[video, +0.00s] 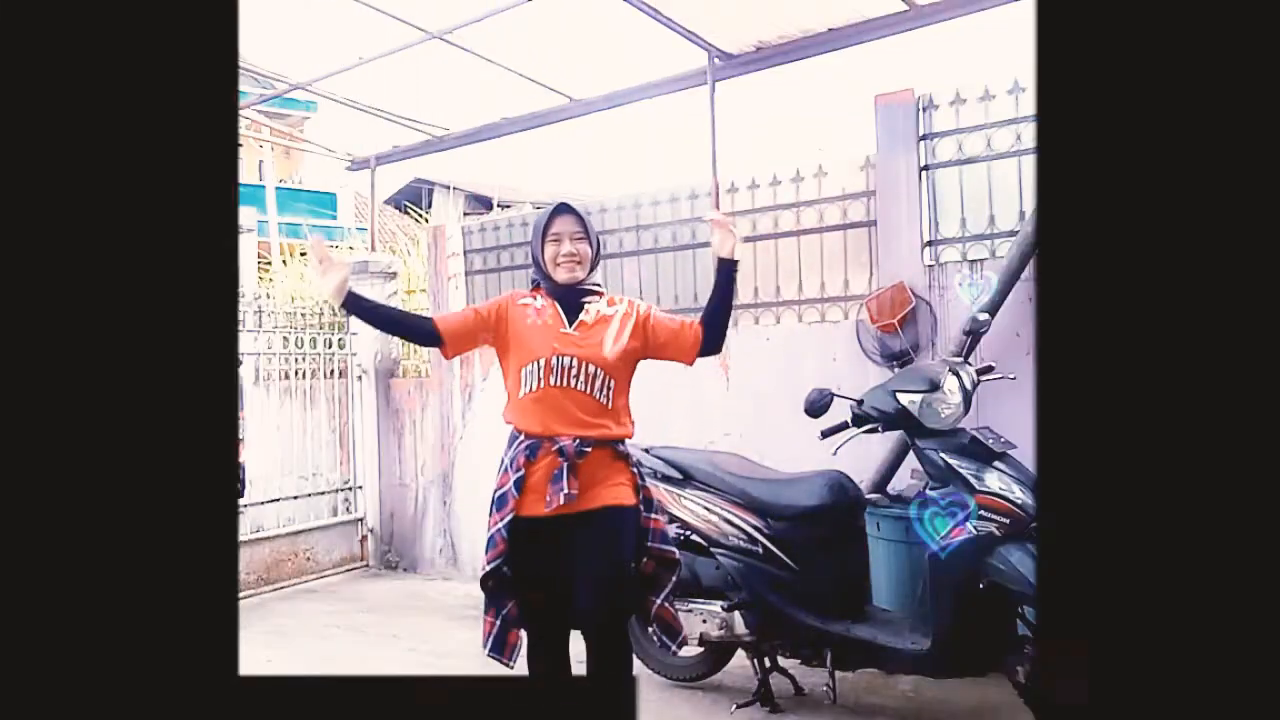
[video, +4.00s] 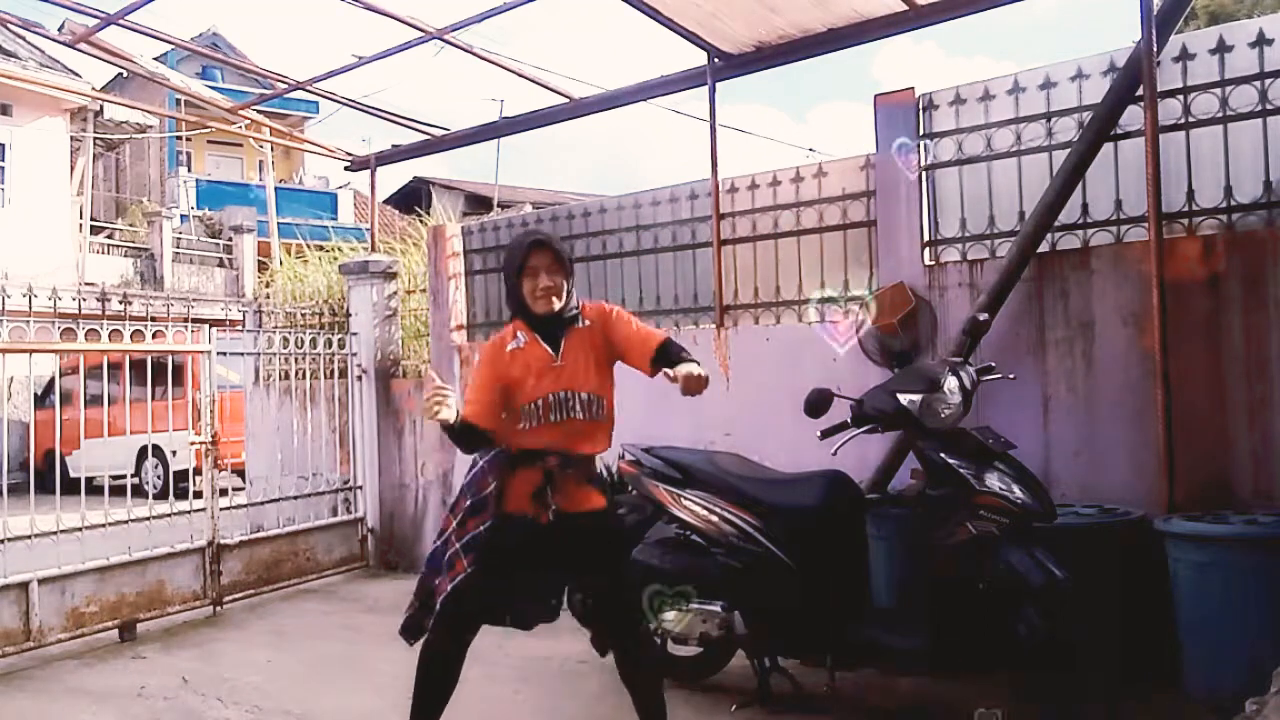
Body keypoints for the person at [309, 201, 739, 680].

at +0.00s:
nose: (569, 249)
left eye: (579, 239)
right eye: (556, 240)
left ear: (593, 250)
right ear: (539, 252)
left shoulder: (629, 315)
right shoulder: (509, 310)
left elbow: (706, 338)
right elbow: (428, 330)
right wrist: (347, 297)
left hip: (606, 494)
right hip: (531, 497)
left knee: (606, 637)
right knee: (545, 641)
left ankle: (614, 718)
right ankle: (553, 718)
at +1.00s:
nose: (560, 244)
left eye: (570, 234)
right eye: (548, 235)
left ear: (587, 245)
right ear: (532, 249)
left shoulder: (621, 313)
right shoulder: (509, 313)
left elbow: (698, 346)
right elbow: (436, 357)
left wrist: (717, 276)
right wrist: (387, 298)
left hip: (606, 498)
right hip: (523, 496)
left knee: (609, 636)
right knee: (487, 629)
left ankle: (609, 716)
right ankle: (490, 717)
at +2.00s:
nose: (583, 291)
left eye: (592, 281)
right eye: (571, 283)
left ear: (606, 289)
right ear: (554, 295)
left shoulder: (638, 334)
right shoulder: (540, 362)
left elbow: (712, 312)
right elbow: (509, 456)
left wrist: (677, 283)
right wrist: (469, 529)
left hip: (596, 520)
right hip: (522, 518)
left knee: (647, 639)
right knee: (460, 638)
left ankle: (662, 718)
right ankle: (424, 717)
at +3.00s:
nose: (574, 267)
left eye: (582, 256)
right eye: (561, 258)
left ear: (594, 264)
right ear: (541, 267)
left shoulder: (622, 319)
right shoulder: (518, 331)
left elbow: (702, 335)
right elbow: (486, 420)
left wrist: (676, 271)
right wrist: (439, 496)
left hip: (599, 497)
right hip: (521, 496)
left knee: (641, 618)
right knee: (464, 617)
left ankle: (659, 715)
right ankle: (416, 716)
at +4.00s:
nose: (544, 282)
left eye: (553, 270)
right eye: (531, 274)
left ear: (569, 277)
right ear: (515, 285)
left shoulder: (601, 322)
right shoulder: (501, 349)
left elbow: (653, 346)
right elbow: (477, 438)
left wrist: (685, 366)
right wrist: (451, 420)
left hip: (587, 508)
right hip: (515, 513)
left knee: (628, 628)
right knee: (451, 627)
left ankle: (655, 716)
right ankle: (422, 716)